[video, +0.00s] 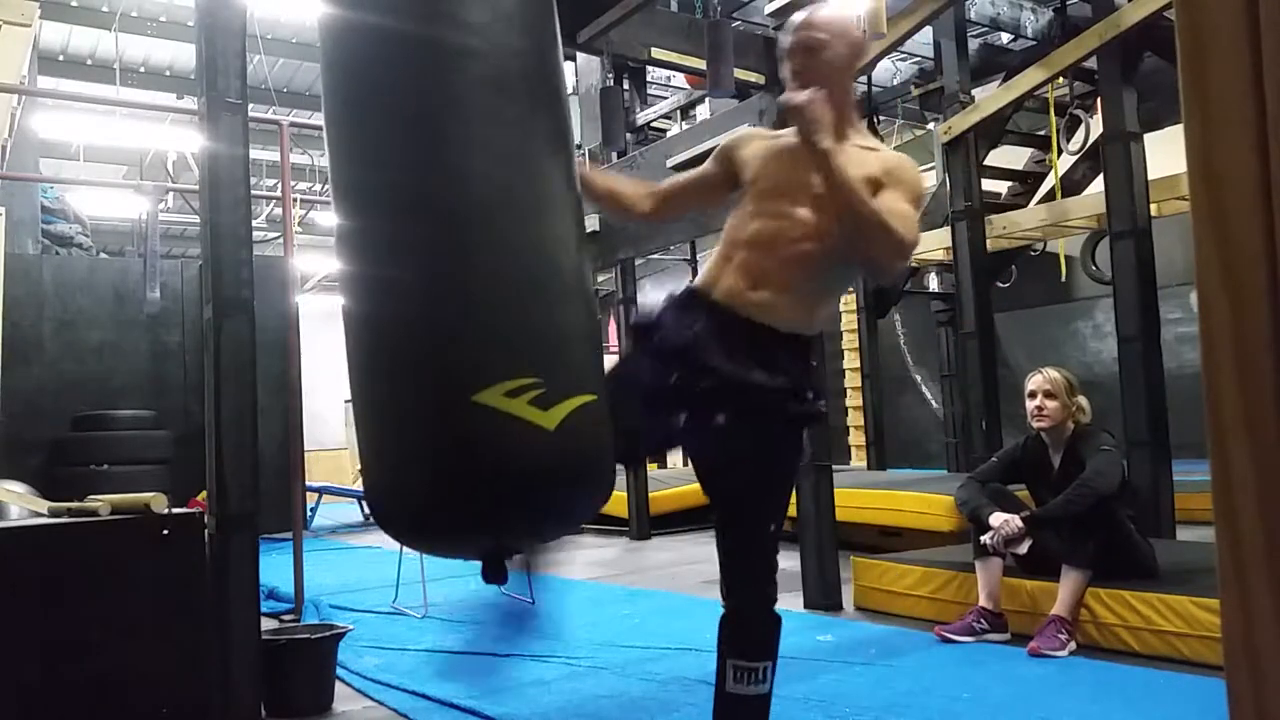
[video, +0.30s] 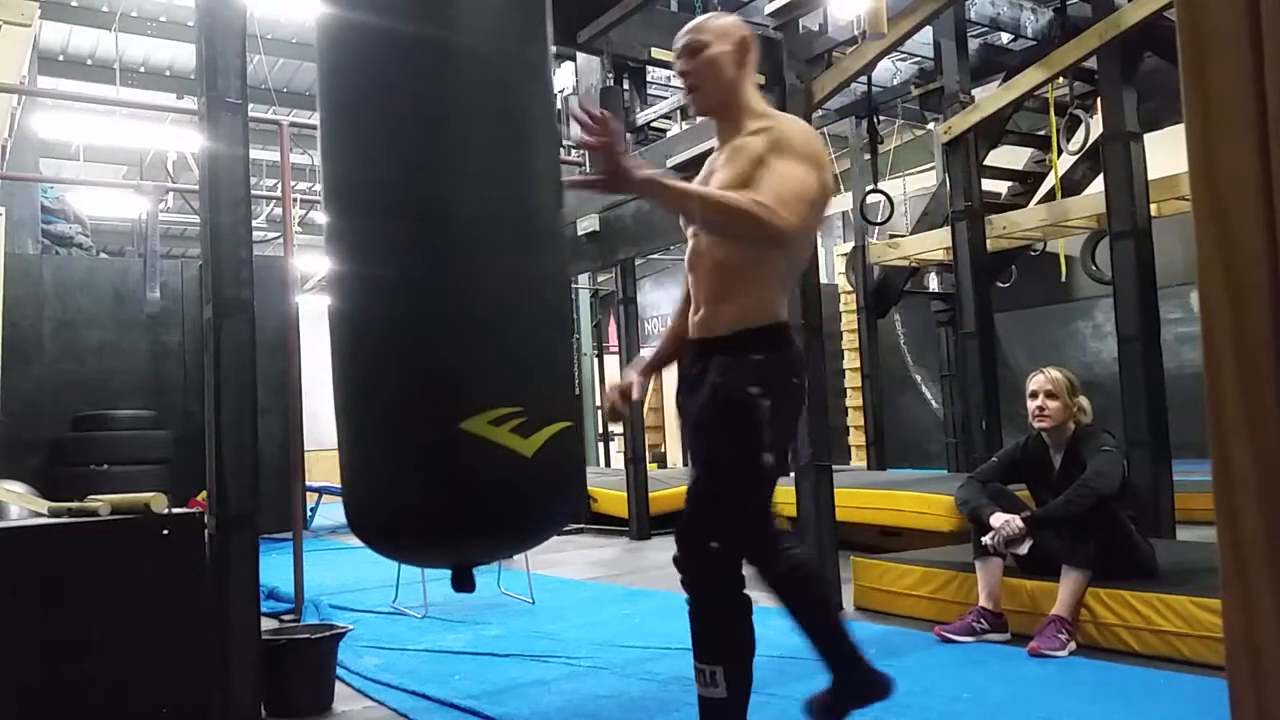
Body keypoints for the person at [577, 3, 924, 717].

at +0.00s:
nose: (798, 50)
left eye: (818, 40)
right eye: (792, 38)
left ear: (862, 55)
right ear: (780, 53)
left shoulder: (893, 170)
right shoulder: (750, 149)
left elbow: (891, 257)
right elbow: (651, 202)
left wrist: (824, 147)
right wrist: (569, 167)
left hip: (771, 368)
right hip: (686, 331)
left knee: (747, 574)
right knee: (567, 464)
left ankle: (740, 716)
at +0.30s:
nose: (680, 69)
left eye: (694, 52)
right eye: (677, 59)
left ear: (741, 52)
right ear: (687, 75)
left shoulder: (790, 137)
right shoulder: (706, 169)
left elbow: (783, 225)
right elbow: (697, 296)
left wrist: (640, 179)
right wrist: (646, 367)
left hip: (758, 365)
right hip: (707, 369)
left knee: (706, 551)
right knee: (754, 534)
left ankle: (722, 715)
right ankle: (854, 672)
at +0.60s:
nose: (691, 139)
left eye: (689, 125)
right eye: (685, 130)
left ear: (712, 95)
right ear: (743, 95)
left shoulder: (738, 146)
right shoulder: (814, 170)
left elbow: (690, 203)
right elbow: (835, 293)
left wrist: (566, 199)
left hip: (773, 369)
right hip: (825, 364)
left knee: (727, 555)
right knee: (859, 532)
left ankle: (730, 712)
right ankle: (931, 680)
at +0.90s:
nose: (750, 150)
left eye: (748, 137)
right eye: (745, 140)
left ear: (770, 113)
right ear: (803, 108)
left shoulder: (788, 153)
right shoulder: (872, 169)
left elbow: (746, 224)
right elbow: (945, 252)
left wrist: (624, 218)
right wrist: (890, 324)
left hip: (815, 347)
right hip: (870, 348)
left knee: (763, 530)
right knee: (870, 519)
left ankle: (782, 707)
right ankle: (929, 672)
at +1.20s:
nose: (763, 158)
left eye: (772, 142)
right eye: (760, 147)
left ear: (812, 131)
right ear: (821, 139)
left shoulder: (797, 192)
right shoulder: (884, 201)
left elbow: (740, 268)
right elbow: (957, 291)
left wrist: (649, 295)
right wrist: (925, 373)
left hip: (831, 382)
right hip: (882, 382)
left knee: (808, 558)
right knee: (855, 553)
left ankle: (815, 710)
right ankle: (905, 694)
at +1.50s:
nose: (766, 144)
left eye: (776, 129)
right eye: (763, 135)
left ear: (820, 119)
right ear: (824, 129)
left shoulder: (798, 172)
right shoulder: (872, 199)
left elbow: (733, 210)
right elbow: (898, 276)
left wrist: (655, 266)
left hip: (841, 381)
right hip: (886, 376)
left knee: (790, 550)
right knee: (857, 542)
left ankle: (822, 710)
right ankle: (905, 693)